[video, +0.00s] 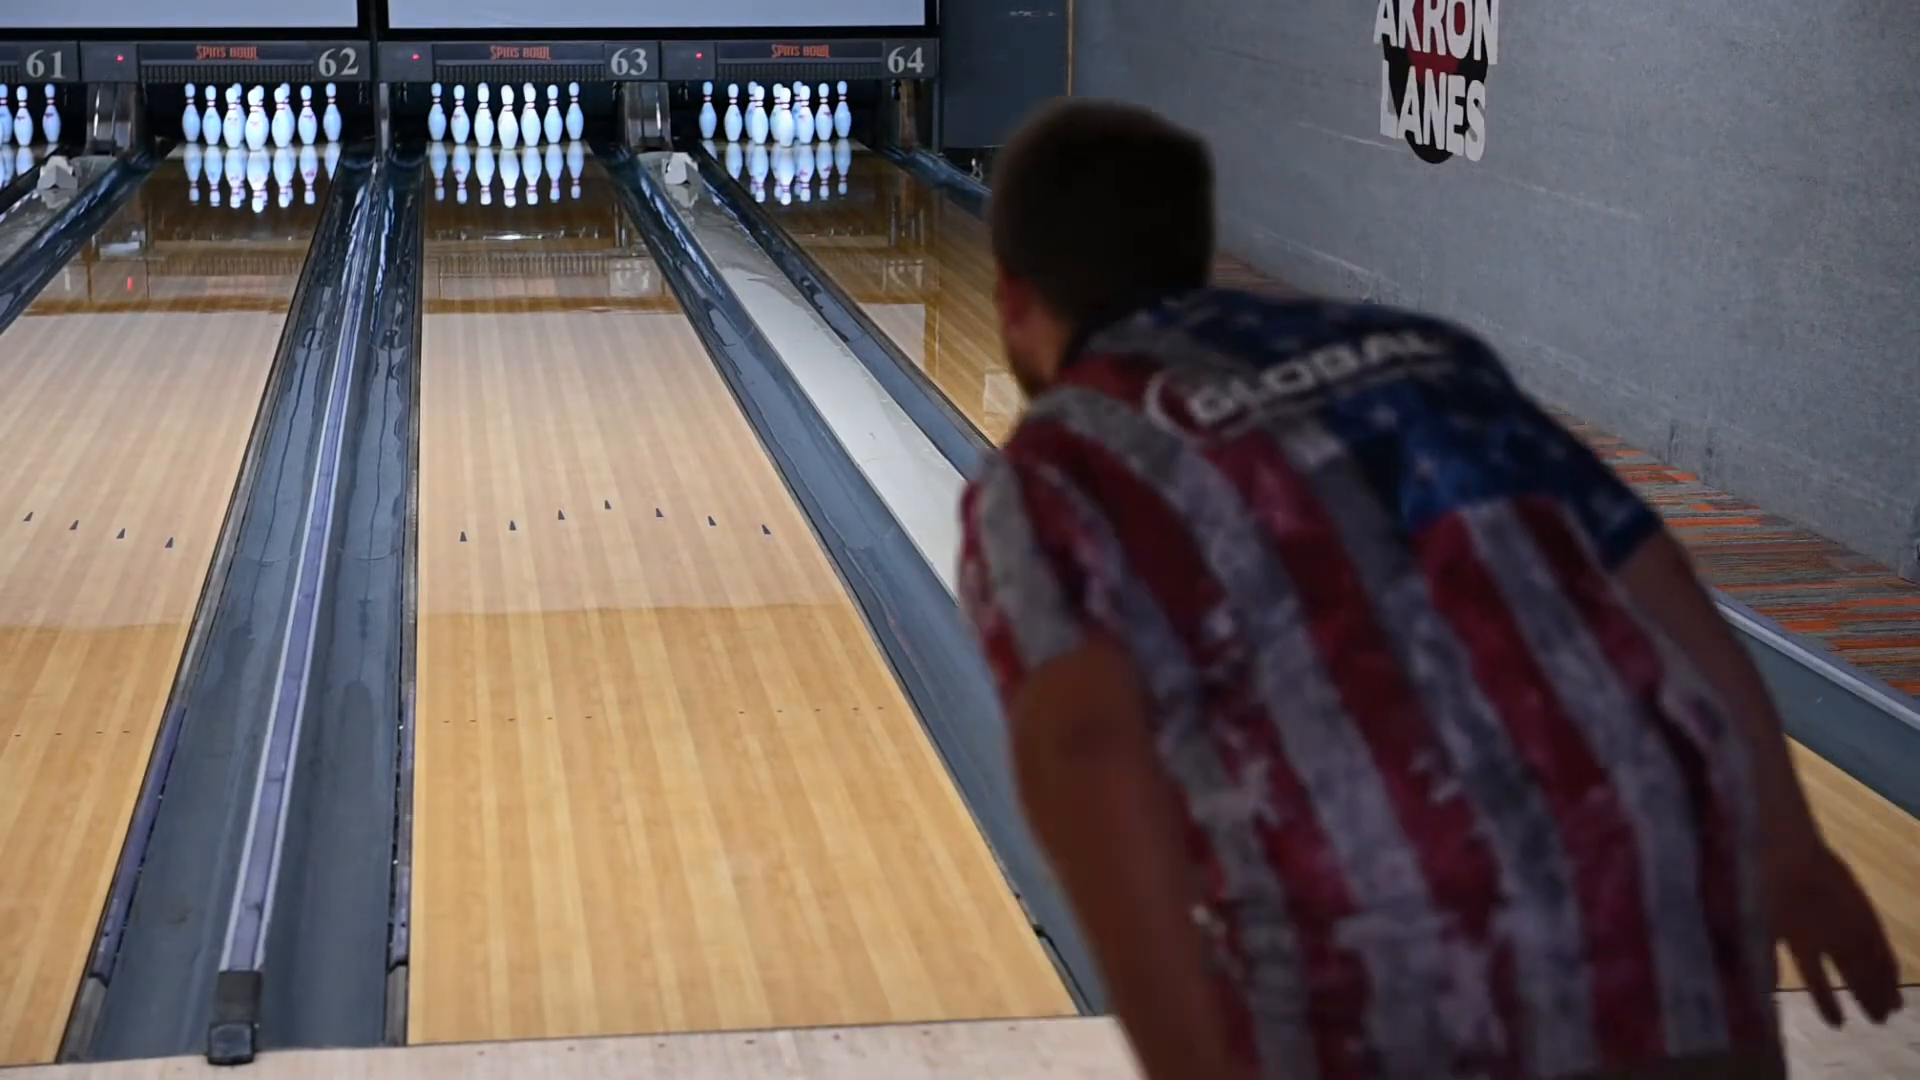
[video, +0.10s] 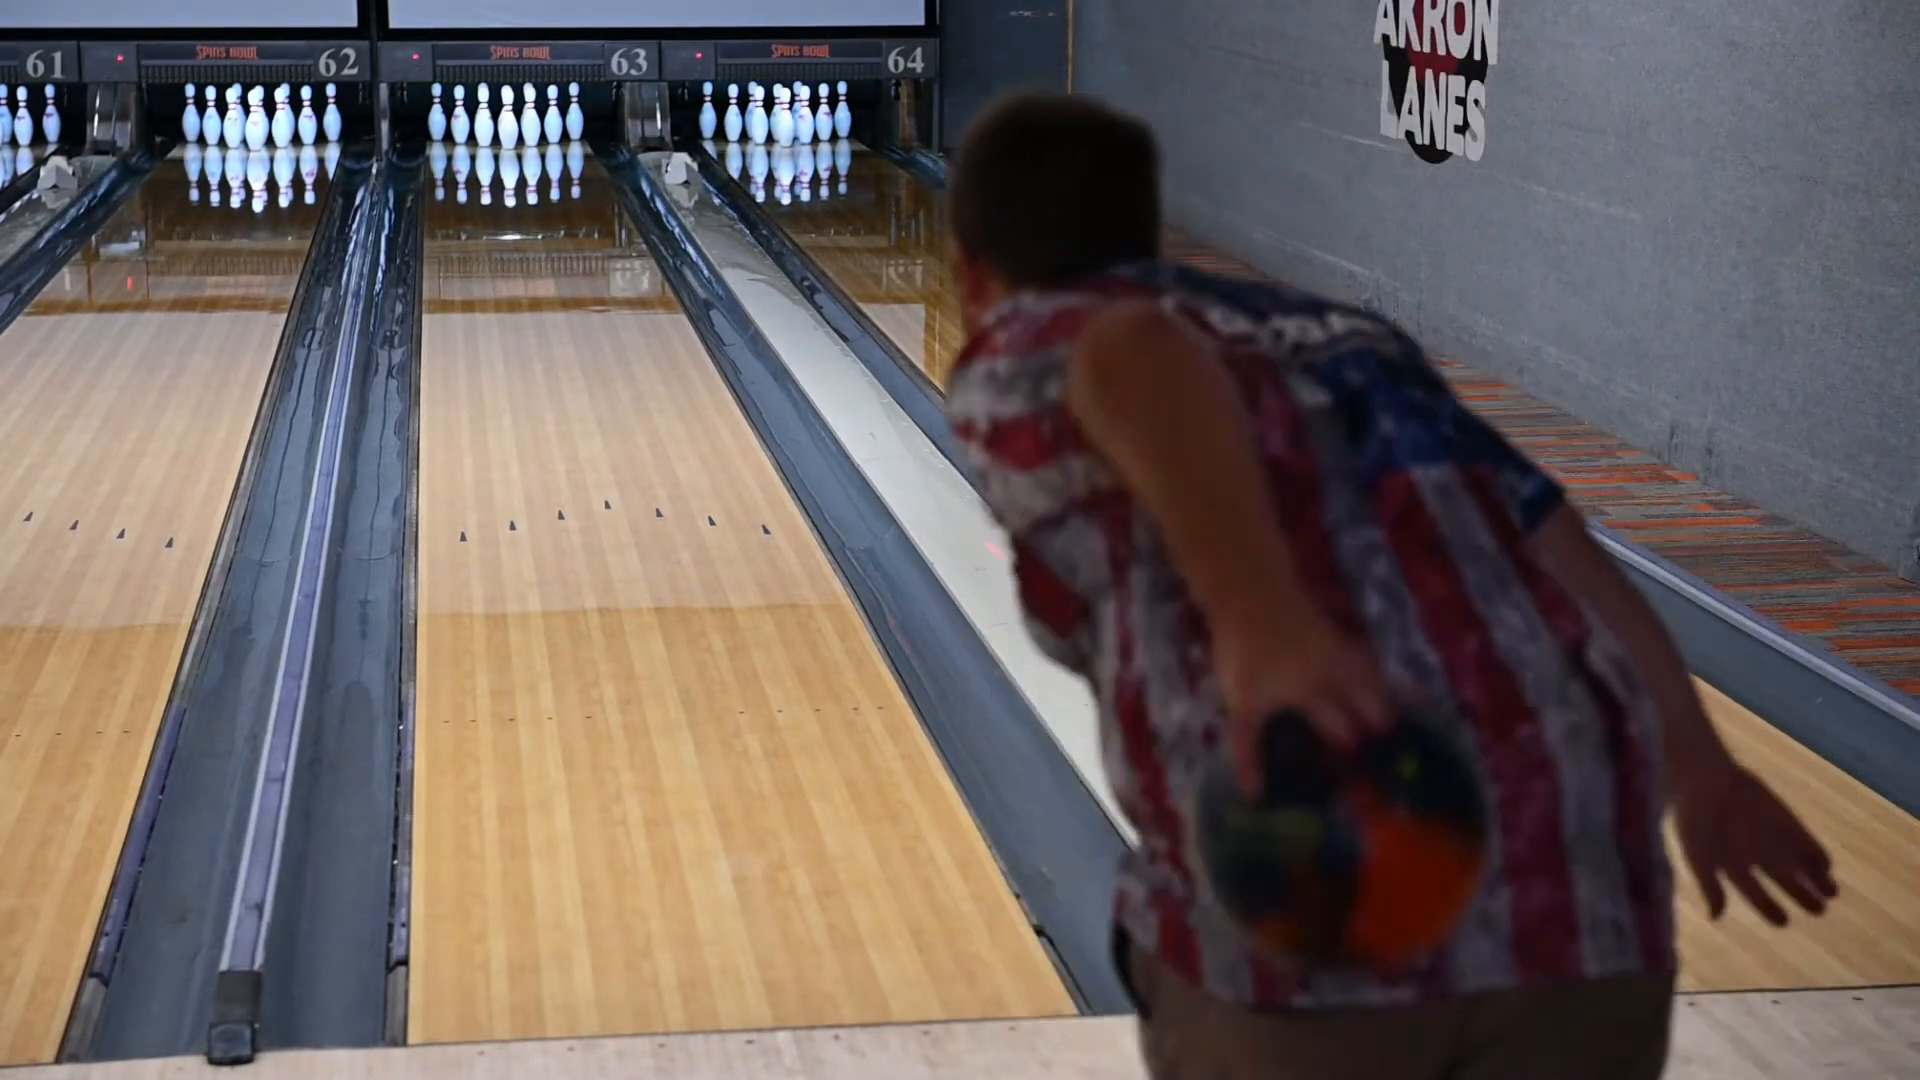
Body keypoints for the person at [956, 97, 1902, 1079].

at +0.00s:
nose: (998, 312)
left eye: (998, 288)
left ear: (1018, 298)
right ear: (1203, 256)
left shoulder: (1043, 474)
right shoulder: (1414, 340)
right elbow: (1664, 583)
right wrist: (1788, 838)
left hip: (1377, 965)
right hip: (1677, 891)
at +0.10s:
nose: (959, 305)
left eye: (952, 285)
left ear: (973, 274)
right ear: (1155, 233)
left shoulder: (1007, 352)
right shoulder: (1335, 323)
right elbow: (1550, 531)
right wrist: (1701, 763)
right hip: (1583, 895)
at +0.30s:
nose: (866, 315)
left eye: (867, 299)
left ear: (885, 290)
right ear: (1034, 220)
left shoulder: (925, 356)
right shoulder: (1202, 282)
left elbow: (1058, 261)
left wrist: (1161, 128)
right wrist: (1180, 124)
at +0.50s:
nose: (784, 429)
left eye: (780, 411)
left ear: (793, 413)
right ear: (929, 363)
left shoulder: (831, 501)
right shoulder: (1023, 409)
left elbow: (944, 489)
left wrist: (1048, 435)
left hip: (1172, 844)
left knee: (1117, 1054)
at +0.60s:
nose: (747, 457)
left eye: (740, 438)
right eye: (746, 439)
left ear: (754, 435)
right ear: (882, 383)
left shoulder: (800, 514)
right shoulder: (997, 425)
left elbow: (914, 590)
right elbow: (1190, 452)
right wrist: (1333, 494)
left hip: (1141, 812)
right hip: (1283, 731)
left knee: (1149, 1063)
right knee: (1061, 1023)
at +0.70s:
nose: (734, 426)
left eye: (733, 409)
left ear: (752, 410)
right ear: (877, 366)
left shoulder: (766, 515)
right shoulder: (985, 383)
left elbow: (840, 711)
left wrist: (897, 947)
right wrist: (1327, 469)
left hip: (1060, 789)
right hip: (1217, 712)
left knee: (1169, 1062)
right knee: (1014, 869)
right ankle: (953, 1054)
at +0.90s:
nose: (731, 382)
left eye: (730, 365)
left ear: (739, 366)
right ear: (855, 317)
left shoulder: (743, 455)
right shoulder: (969, 341)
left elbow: (701, 575)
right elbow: (1145, 467)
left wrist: (754, 462)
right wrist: (1192, 633)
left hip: (995, 689)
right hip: (1142, 615)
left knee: (1143, 962)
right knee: (985, 824)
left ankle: (1407, 1071)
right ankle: (931, 1069)